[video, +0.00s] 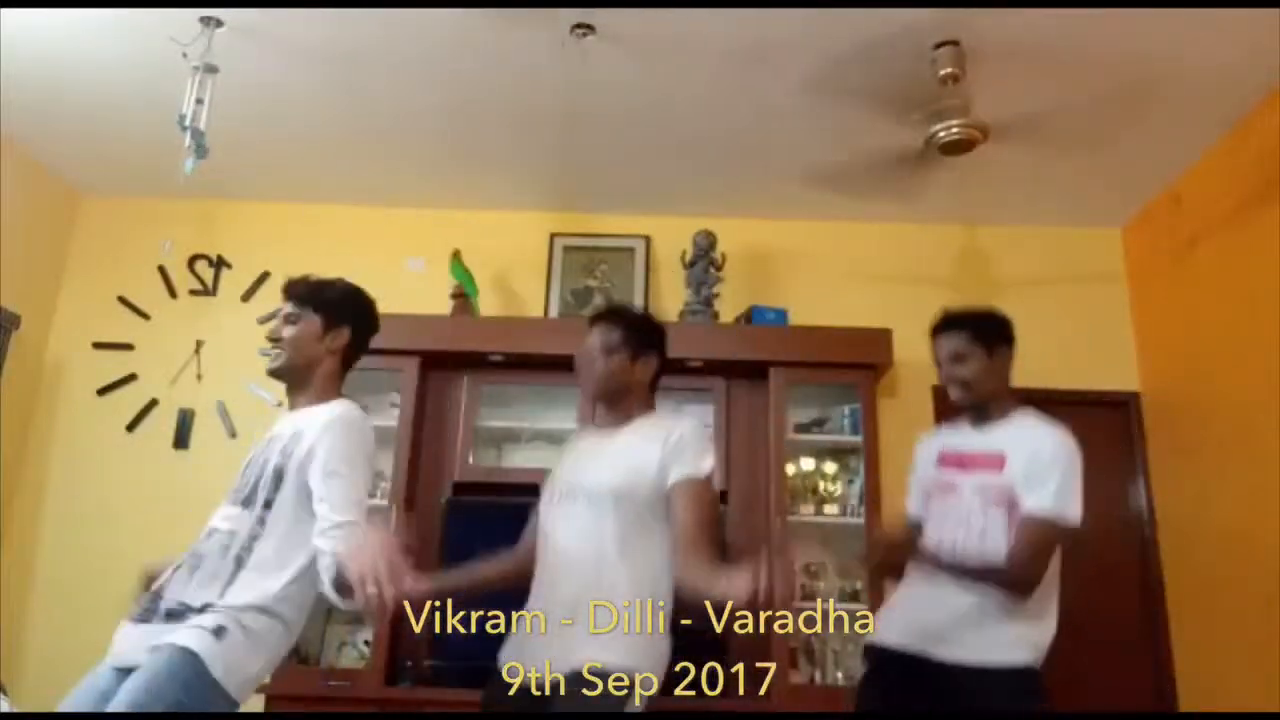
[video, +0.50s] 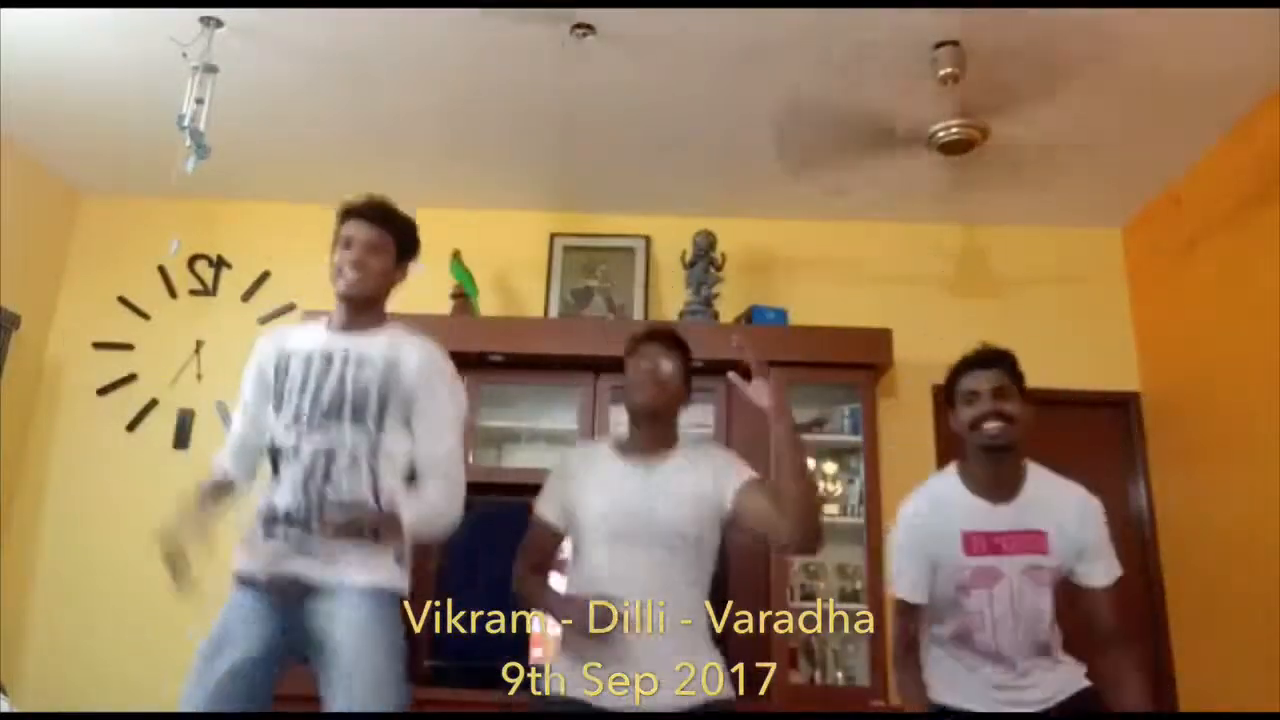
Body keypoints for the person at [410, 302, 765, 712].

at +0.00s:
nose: (587, 364)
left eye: (605, 353)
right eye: (586, 353)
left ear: (644, 367)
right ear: (582, 359)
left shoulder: (679, 436)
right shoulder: (578, 448)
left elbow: (693, 568)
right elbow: (524, 558)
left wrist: (739, 582)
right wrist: (426, 585)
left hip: (612, 671)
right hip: (531, 663)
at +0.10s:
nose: (600, 324)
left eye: (617, 314)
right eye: (595, 313)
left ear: (655, 334)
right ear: (584, 325)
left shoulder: (686, 402)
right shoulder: (572, 403)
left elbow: (711, 533)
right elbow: (529, 521)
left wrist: (741, 518)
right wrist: (422, 551)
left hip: (629, 632)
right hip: (542, 625)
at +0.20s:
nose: (599, 304)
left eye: (619, 294)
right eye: (595, 293)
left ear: (657, 313)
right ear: (588, 305)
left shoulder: (690, 380)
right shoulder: (570, 380)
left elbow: (732, 503)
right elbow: (531, 493)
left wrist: (748, 479)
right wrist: (437, 534)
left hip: (647, 614)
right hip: (552, 607)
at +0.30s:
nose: (618, 302)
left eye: (634, 292)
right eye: (611, 292)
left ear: (666, 315)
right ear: (599, 306)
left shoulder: (699, 387)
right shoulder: (574, 381)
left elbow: (747, 507)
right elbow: (537, 486)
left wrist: (755, 462)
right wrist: (489, 533)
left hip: (662, 609)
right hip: (564, 604)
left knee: (657, 707)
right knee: (543, 708)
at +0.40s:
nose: (632, 328)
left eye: (648, 318)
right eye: (622, 316)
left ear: (675, 334)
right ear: (609, 327)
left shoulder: (701, 412)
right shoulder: (576, 404)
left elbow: (752, 504)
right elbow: (543, 494)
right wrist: (520, 546)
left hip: (671, 637)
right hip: (573, 632)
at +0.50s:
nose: (648, 370)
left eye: (663, 361)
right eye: (639, 360)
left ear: (685, 389)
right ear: (623, 381)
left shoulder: (713, 468)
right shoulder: (578, 466)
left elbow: (800, 534)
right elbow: (526, 573)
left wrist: (778, 416)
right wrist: (567, 609)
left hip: (686, 694)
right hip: (584, 693)